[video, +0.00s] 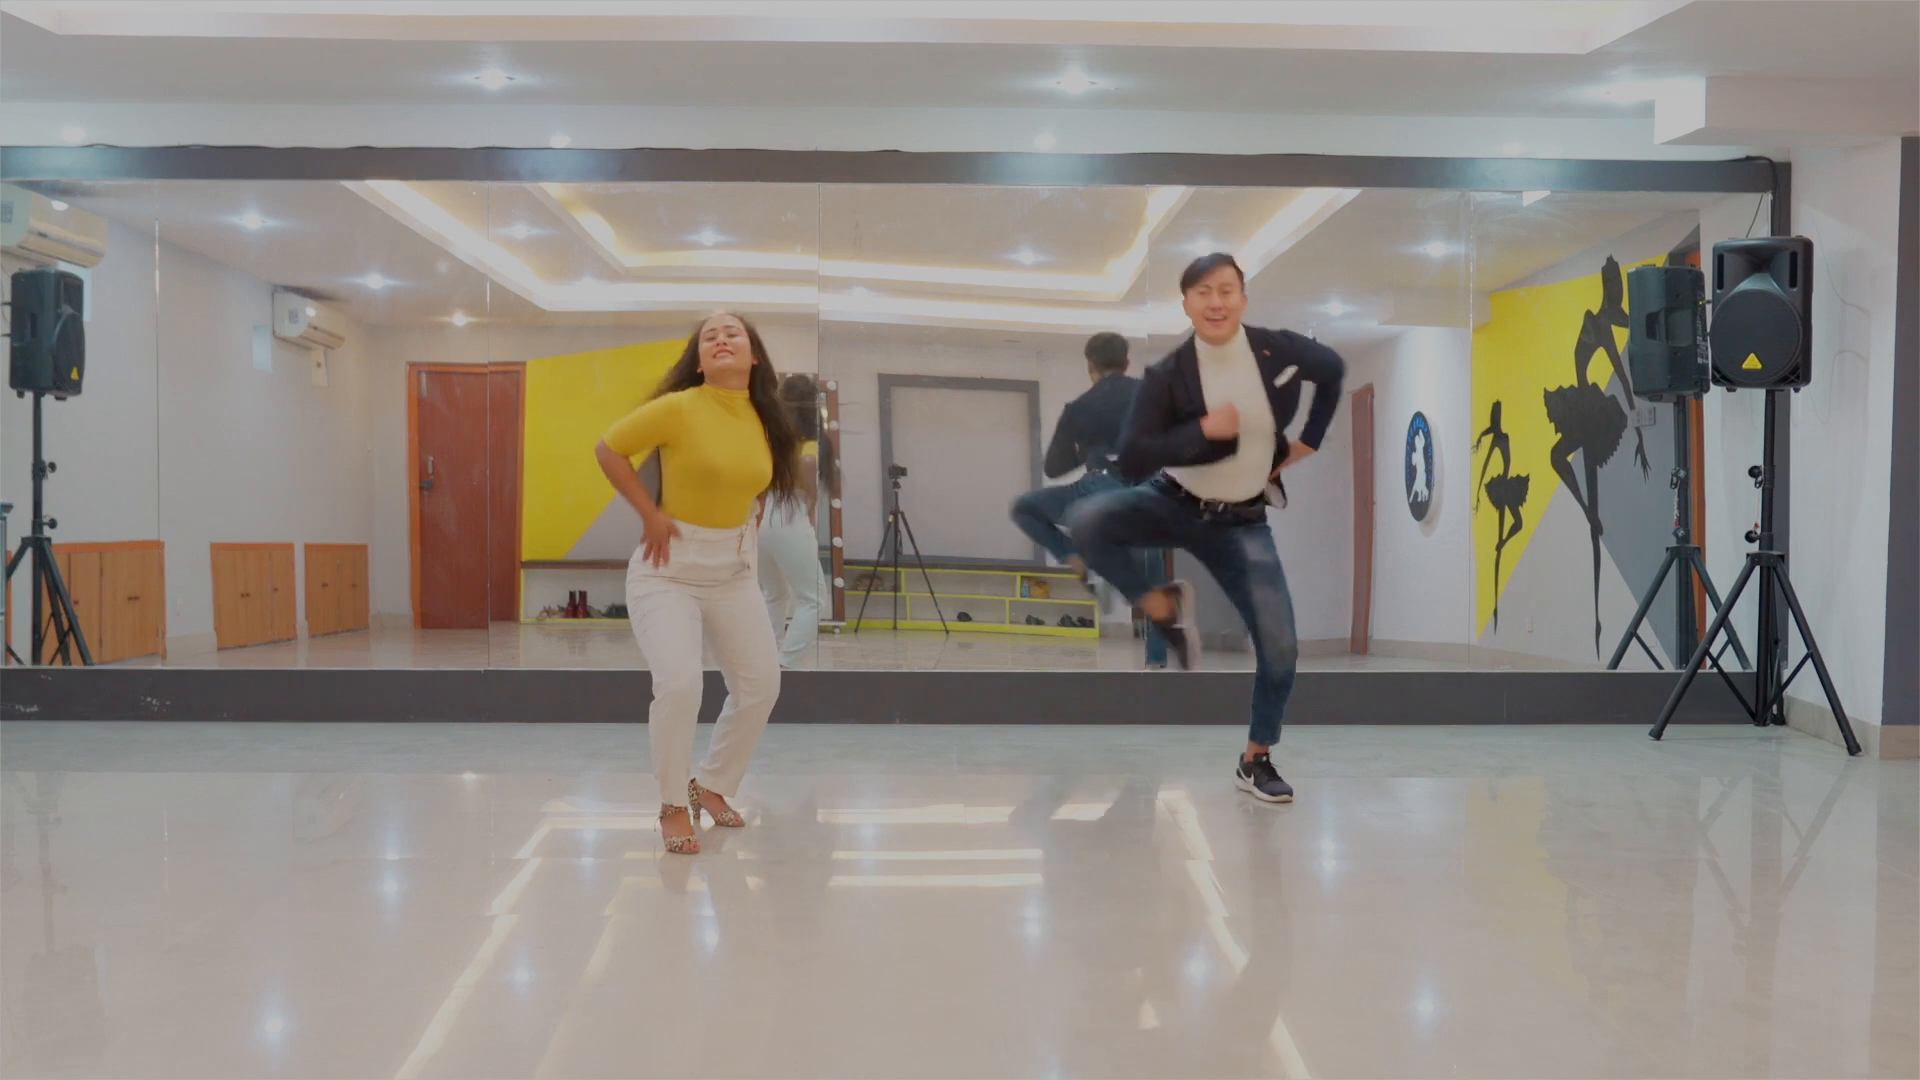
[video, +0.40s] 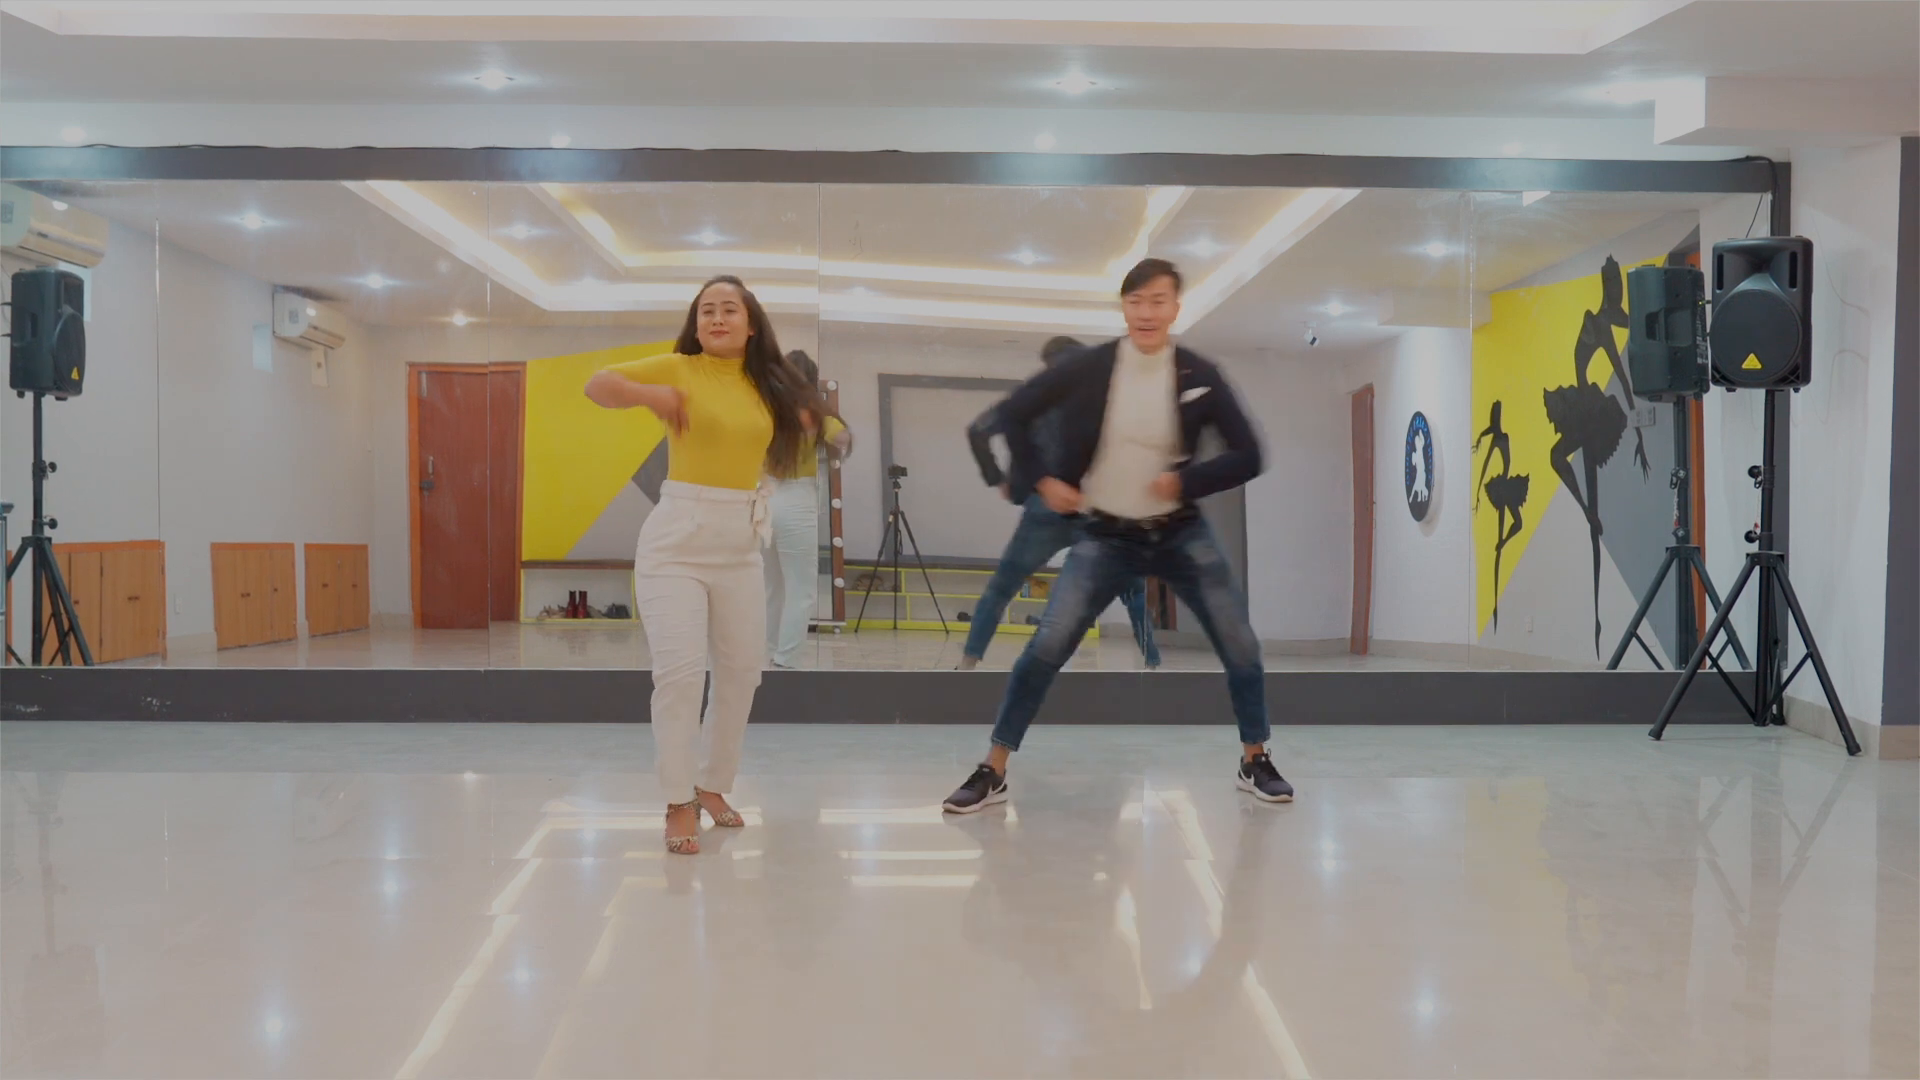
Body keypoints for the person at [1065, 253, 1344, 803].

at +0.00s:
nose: (1215, 302)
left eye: (1226, 291)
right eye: (1204, 292)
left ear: (1244, 299)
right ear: (1186, 302)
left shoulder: (1273, 348)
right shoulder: (1166, 374)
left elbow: (1330, 368)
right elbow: (1134, 458)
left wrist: (1310, 439)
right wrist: (1202, 432)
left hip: (1241, 517)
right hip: (1173, 502)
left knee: (1281, 647)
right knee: (1084, 523)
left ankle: (1257, 758)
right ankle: (1159, 606)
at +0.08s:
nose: (1225, 308)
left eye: (1235, 297)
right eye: (1212, 298)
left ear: (1252, 304)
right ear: (1193, 309)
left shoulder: (1284, 355)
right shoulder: (1171, 381)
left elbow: (1315, 384)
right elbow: (1148, 475)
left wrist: (1319, 448)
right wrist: (1214, 454)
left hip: (1233, 524)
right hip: (1163, 506)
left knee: (1269, 655)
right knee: (1051, 521)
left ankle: (1258, 756)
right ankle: (1106, 630)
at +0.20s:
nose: (1213, 312)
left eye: (1225, 300)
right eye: (1202, 302)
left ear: (1243, 307)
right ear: (1185, 310)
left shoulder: (1271, 361)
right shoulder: (1158, 377)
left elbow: (1327, 402)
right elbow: (1120, 467)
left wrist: (1320, 458)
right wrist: (1184, 486)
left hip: (1219, 531)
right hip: (1147, 514)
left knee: (1256, 655)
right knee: (1045, 568)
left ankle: (1257, 757)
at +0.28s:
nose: (1192, 311)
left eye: (1205, 299)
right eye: (1181, 299)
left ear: (1223, 305)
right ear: (1164, 307)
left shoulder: (1252, 365)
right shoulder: (1140, 374)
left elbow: (1323, 424)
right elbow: (1067, 444)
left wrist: (1279, 469)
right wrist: (1120, 493)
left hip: (1211, 531)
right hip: (1136, 525)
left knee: (1253, 653)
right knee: (1049, 617)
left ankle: (1257, 758)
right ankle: (964, 722)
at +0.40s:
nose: (1146, 312)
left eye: (1159, 301)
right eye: (1136, 301)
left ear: (1177, 308)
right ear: (1122, 307)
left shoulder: (1198, 375)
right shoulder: (1084, 368)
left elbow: (1249, 457)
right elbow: (1007, 418)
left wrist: (1186, 481)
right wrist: (1039, 480)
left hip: (1180, 532)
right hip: (1102, 532)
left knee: (1241, 645)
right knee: (1051, 642)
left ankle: (1257, 759)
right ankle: (994, 767)